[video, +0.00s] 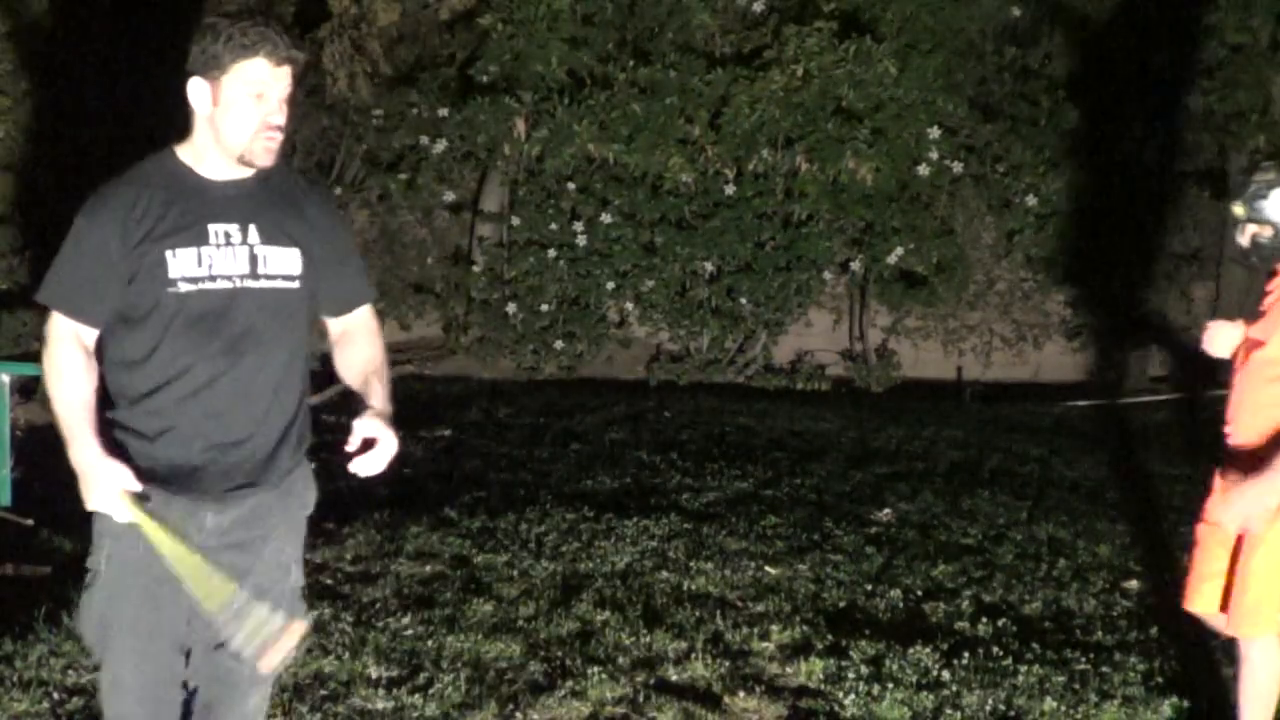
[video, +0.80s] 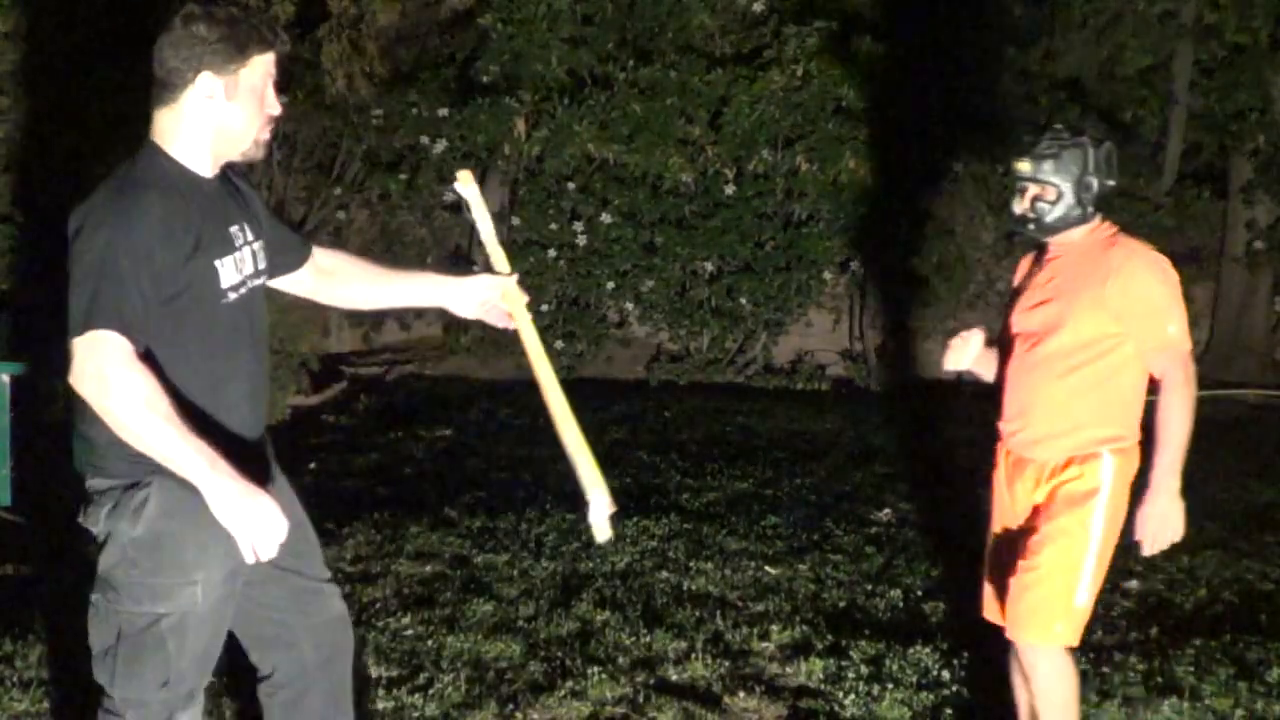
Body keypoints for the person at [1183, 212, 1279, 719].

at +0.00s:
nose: (1248, 236)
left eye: (1257, 223)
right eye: (1248, 223)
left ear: (1270, 228)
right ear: (1257, 228)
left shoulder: (1276, 295)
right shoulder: (1270, 290)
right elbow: (1269, 346)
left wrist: (1263, 486)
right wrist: (1240, 342)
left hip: (1270, 485)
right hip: (1239, 473)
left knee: (1258, 626)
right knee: (1217, 607)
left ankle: (1253, 714)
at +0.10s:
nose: (1223, 229)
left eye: (1234, 217)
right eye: (1222, 215)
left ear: (1263, 220)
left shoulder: (1276, 283)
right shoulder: (1256, 277)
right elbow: (1261, 341)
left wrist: (1217, 453)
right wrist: (1216, 335)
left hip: (1265, 465)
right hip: (1210, 456)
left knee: (1252, 621)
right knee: (1163, 589)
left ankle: (1250, 717)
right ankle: (1233, 696)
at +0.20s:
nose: (1198, 221)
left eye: (1211, 206)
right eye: (1195, 206)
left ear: (1245, 205)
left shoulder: (1271, 270)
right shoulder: (1238, 271)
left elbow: (1277, 382)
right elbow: (1241, 348)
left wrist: (1185, 436)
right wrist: (1190, 342)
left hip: (1250, 468)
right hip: (1188, 464)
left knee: (1247, 622)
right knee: (1131, 588)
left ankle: (1250, 719)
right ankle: (1148, 713)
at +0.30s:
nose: (1167, 221)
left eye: (1182, 206)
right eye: (1165, 205)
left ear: (1217, 207)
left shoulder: (1259, 273)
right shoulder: (1202, 279)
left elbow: (1266, 385)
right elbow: (1209, 361)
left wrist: (1162, 444)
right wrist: (1158, 353)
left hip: (1231, 475)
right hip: (1165, 471)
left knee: (1235, 627)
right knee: (1112, 603)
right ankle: (1073, 716)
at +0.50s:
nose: (1100, 218)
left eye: (1114, 204)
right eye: (1099, 204)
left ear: (1153, 205)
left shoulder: (1202, 276)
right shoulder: (1133, 280)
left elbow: (1218, 390)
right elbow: (1139, 374)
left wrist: (1174, 495)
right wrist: (1085, 360)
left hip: (1154, 491)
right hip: (1086, 484)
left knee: (1158, 639)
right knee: (1052, 619)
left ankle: (1217, 716)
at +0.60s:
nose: (1072, 211)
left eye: (1088, 196)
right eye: (1069, 195)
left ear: (1127, 198)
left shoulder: (1176, 271)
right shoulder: (1098, 275)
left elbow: (1206, 381)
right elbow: (1099, 374)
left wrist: (1190, 487)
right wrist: (1048, 355)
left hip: (1129, 480)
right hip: (1058, 473)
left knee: (1099, 639)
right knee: (1040, 627)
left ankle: (1186, 714)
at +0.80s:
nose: (1026, 202)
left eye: (1043, 188)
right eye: (1024, 185)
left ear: (1084, 192)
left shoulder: (1139, 269)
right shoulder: (1031, 267)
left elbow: (1178, 380)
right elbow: (1041, 369)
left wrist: (1164, 489)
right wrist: (987, 360)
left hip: (1089, 475)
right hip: (1016, 471)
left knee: (1040, 636)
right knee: (1020, 635)